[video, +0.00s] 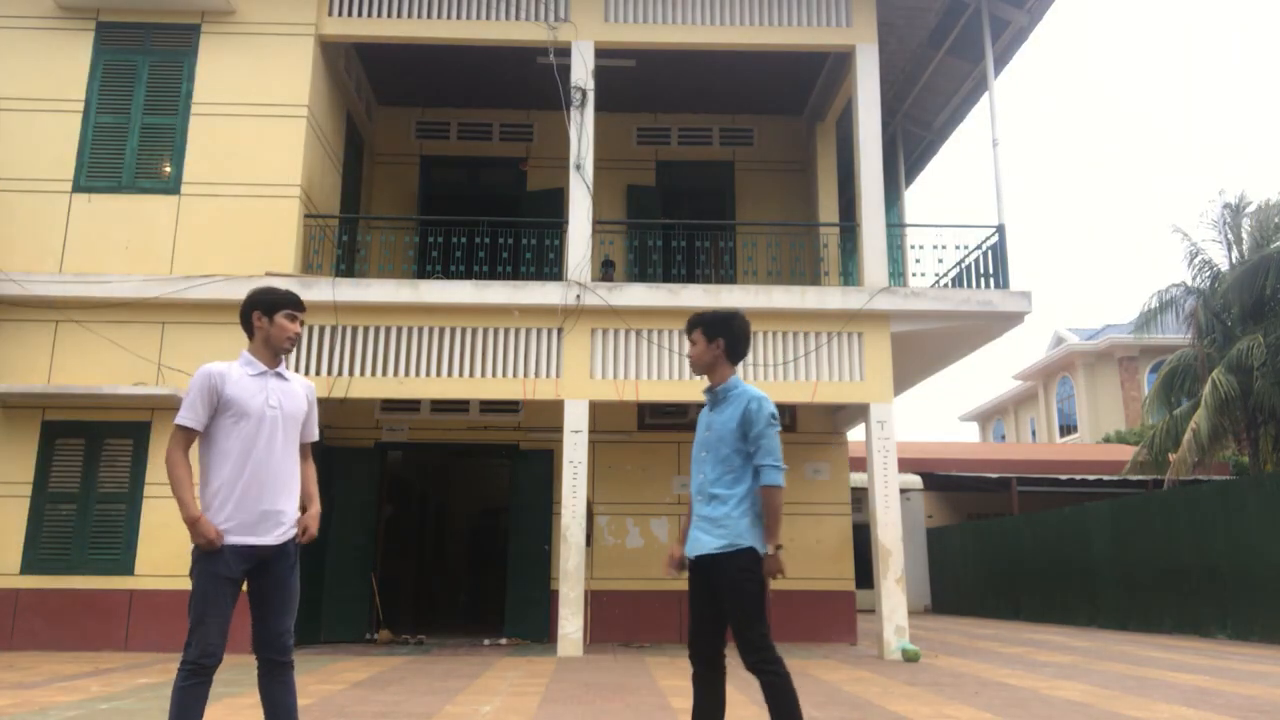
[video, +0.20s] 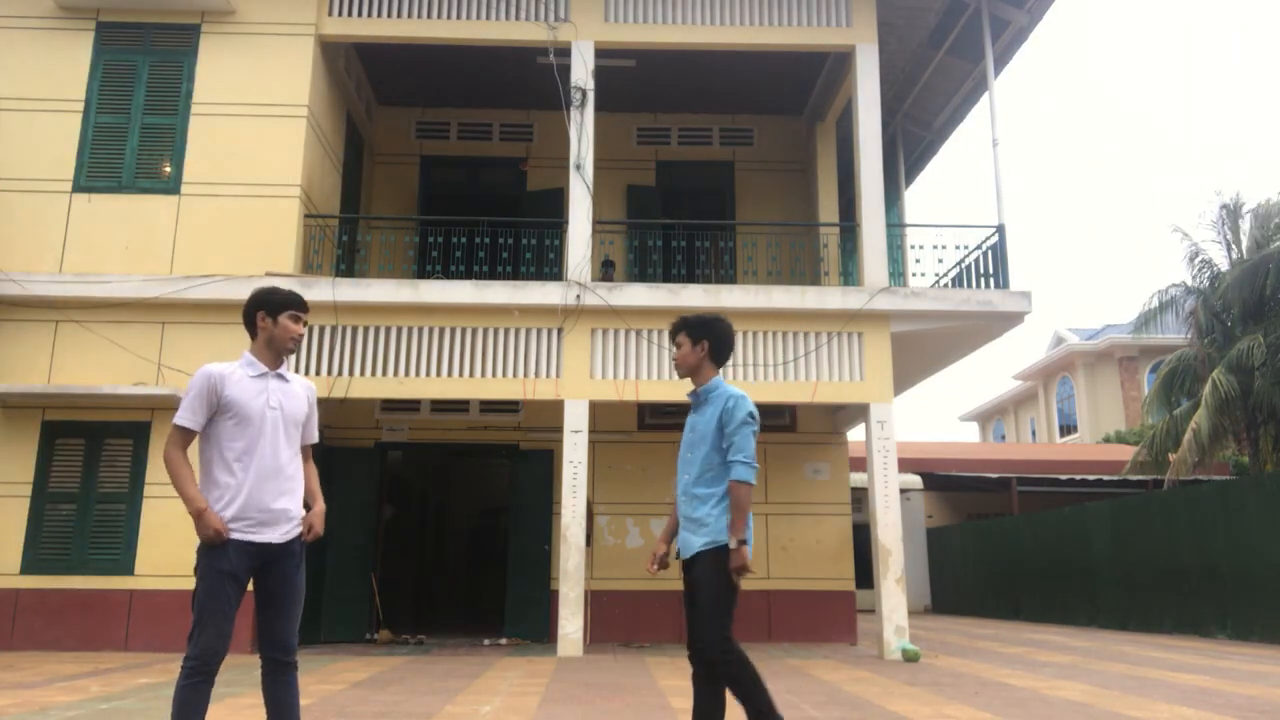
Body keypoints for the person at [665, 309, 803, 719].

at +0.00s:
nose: (687, 350)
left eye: (693, 342)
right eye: (688, 342)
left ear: (719, 346)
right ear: (714, 347)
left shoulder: (754, 403)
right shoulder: (708, 410)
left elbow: (772, 477)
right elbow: (703, 487)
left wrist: (772, 547)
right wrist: (684, 543)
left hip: (739, 553)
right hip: (702, 554)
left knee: (759, 655)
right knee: (704, 657)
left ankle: (790, 717)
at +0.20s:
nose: (673, 354)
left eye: (678, 346)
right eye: (673, 346)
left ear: (703, 349)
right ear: (697, 350)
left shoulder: (734, 403)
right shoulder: (698, 408)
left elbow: (742, 474)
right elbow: (691, 485)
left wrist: (737, 541)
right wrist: (666, 539)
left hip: (717, 545)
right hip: (692, 547)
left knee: (716, 646)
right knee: (701, 652)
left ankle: (768, 717)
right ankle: (706, 719)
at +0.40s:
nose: (665, 356)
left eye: (672, 348)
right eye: (666, 349)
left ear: (697, 351)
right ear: (692, 353)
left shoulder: (722, 402)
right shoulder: (696, 408)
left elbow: (726, 476)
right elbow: (686, 485)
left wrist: (716, 540)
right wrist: (665, 543)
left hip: (709, 543)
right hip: (693, 543)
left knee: (682, 640)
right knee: (703, 648)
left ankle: (730, 715)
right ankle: (706, 716)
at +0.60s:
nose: (666, 357)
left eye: (672, 349)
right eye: (665, 349)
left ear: (698, 351)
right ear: (688, 353)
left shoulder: (724, 402)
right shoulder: (685, 411)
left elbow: (682, 465)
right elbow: (677, 477)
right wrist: (662, 530)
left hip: (713, 538)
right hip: (688, 541)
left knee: (676, 643)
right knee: (700, 649)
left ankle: (674, 714)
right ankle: (704, 715)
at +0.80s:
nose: (666, 355)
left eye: (673, 346)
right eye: (665, 348)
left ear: (700, 348)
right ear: (687, 352)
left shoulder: (728, 400)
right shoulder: (677, 410)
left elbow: (678, 440)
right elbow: (637, 459)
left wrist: (634, 418)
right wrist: (626, 433)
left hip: (715, 532)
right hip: (688, 536)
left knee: (664, 631)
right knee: (700, 651)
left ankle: (630, 714)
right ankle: (705, 719)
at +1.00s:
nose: (668, 353)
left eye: (675, 344)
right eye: (667, 346)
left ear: (702, 345)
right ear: (691, 349)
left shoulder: (730, 404)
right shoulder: (673, 410)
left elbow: (712, 467)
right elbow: (629, 449)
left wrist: (660, 441)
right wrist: (594, 408)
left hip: (709, 536)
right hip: (680, 539)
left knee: (674, 632)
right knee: (698, 645)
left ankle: (658, 714)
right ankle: (704, 717)